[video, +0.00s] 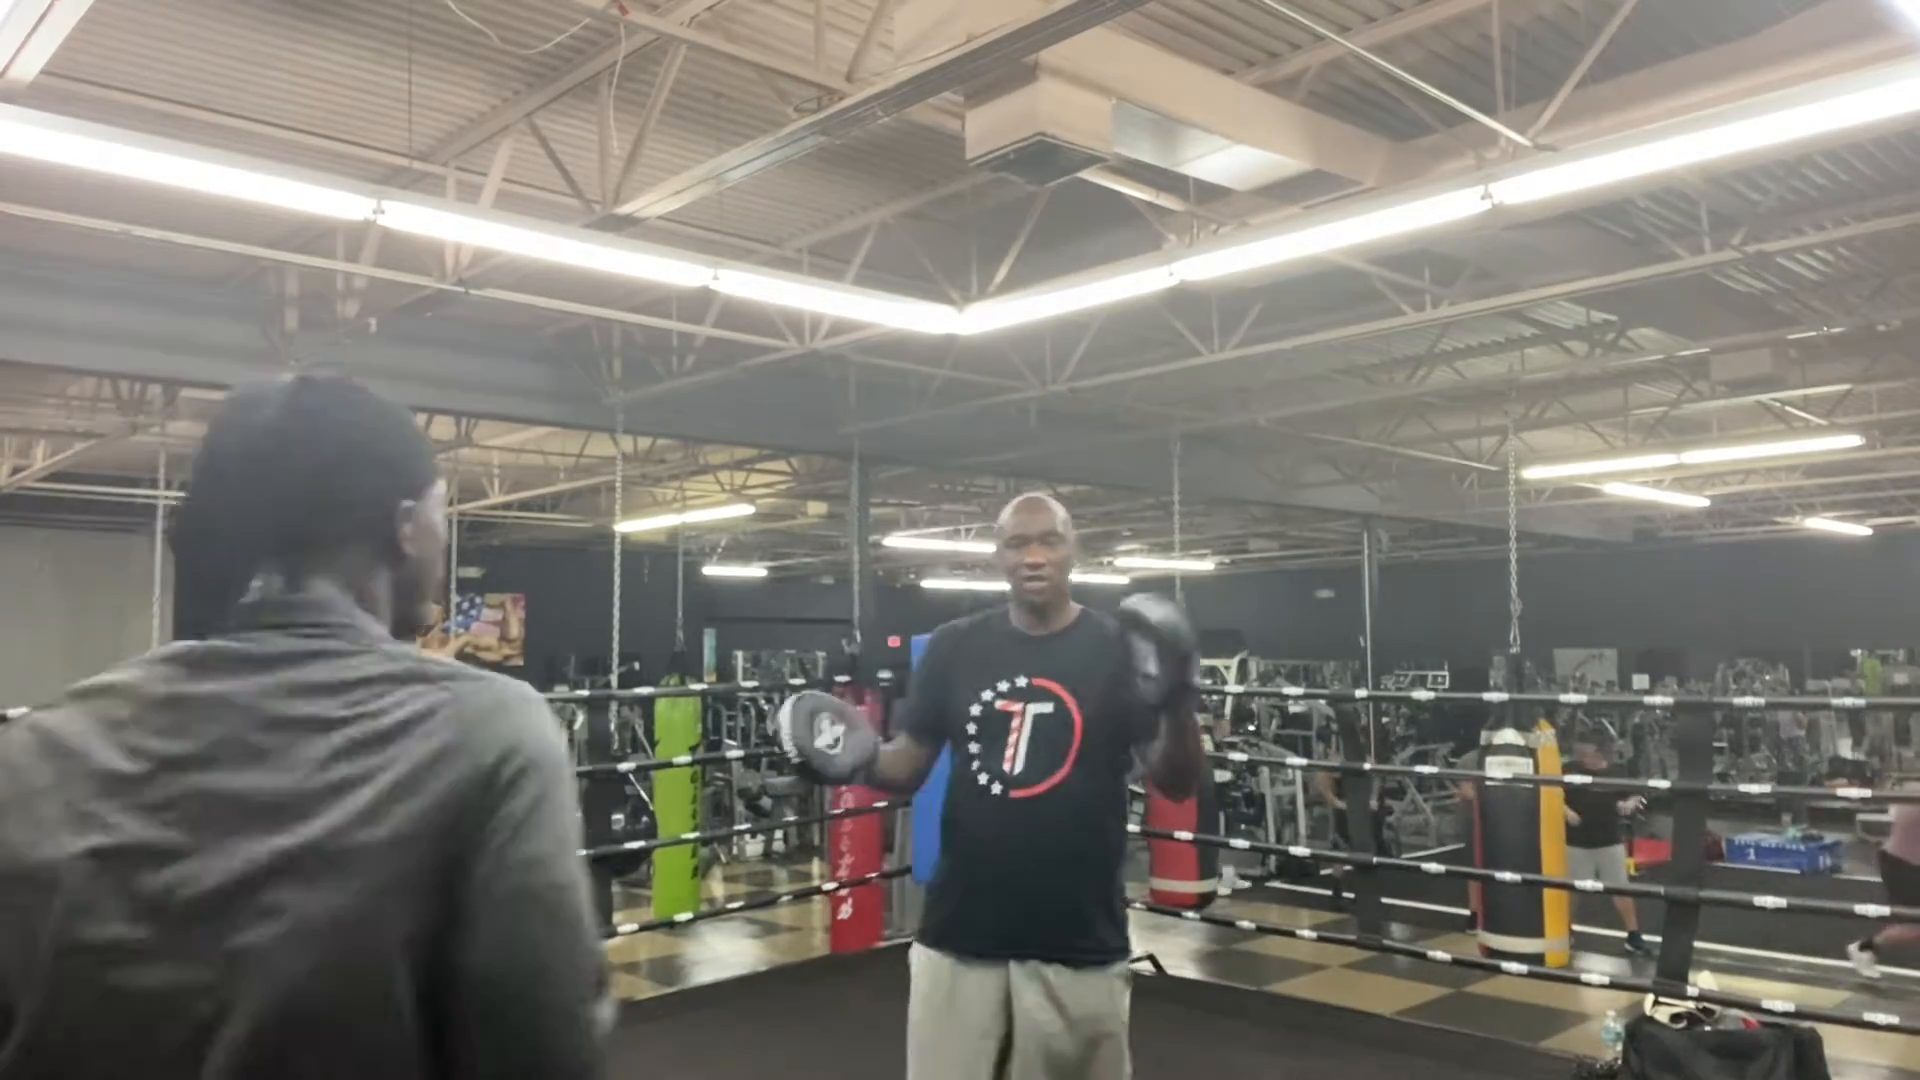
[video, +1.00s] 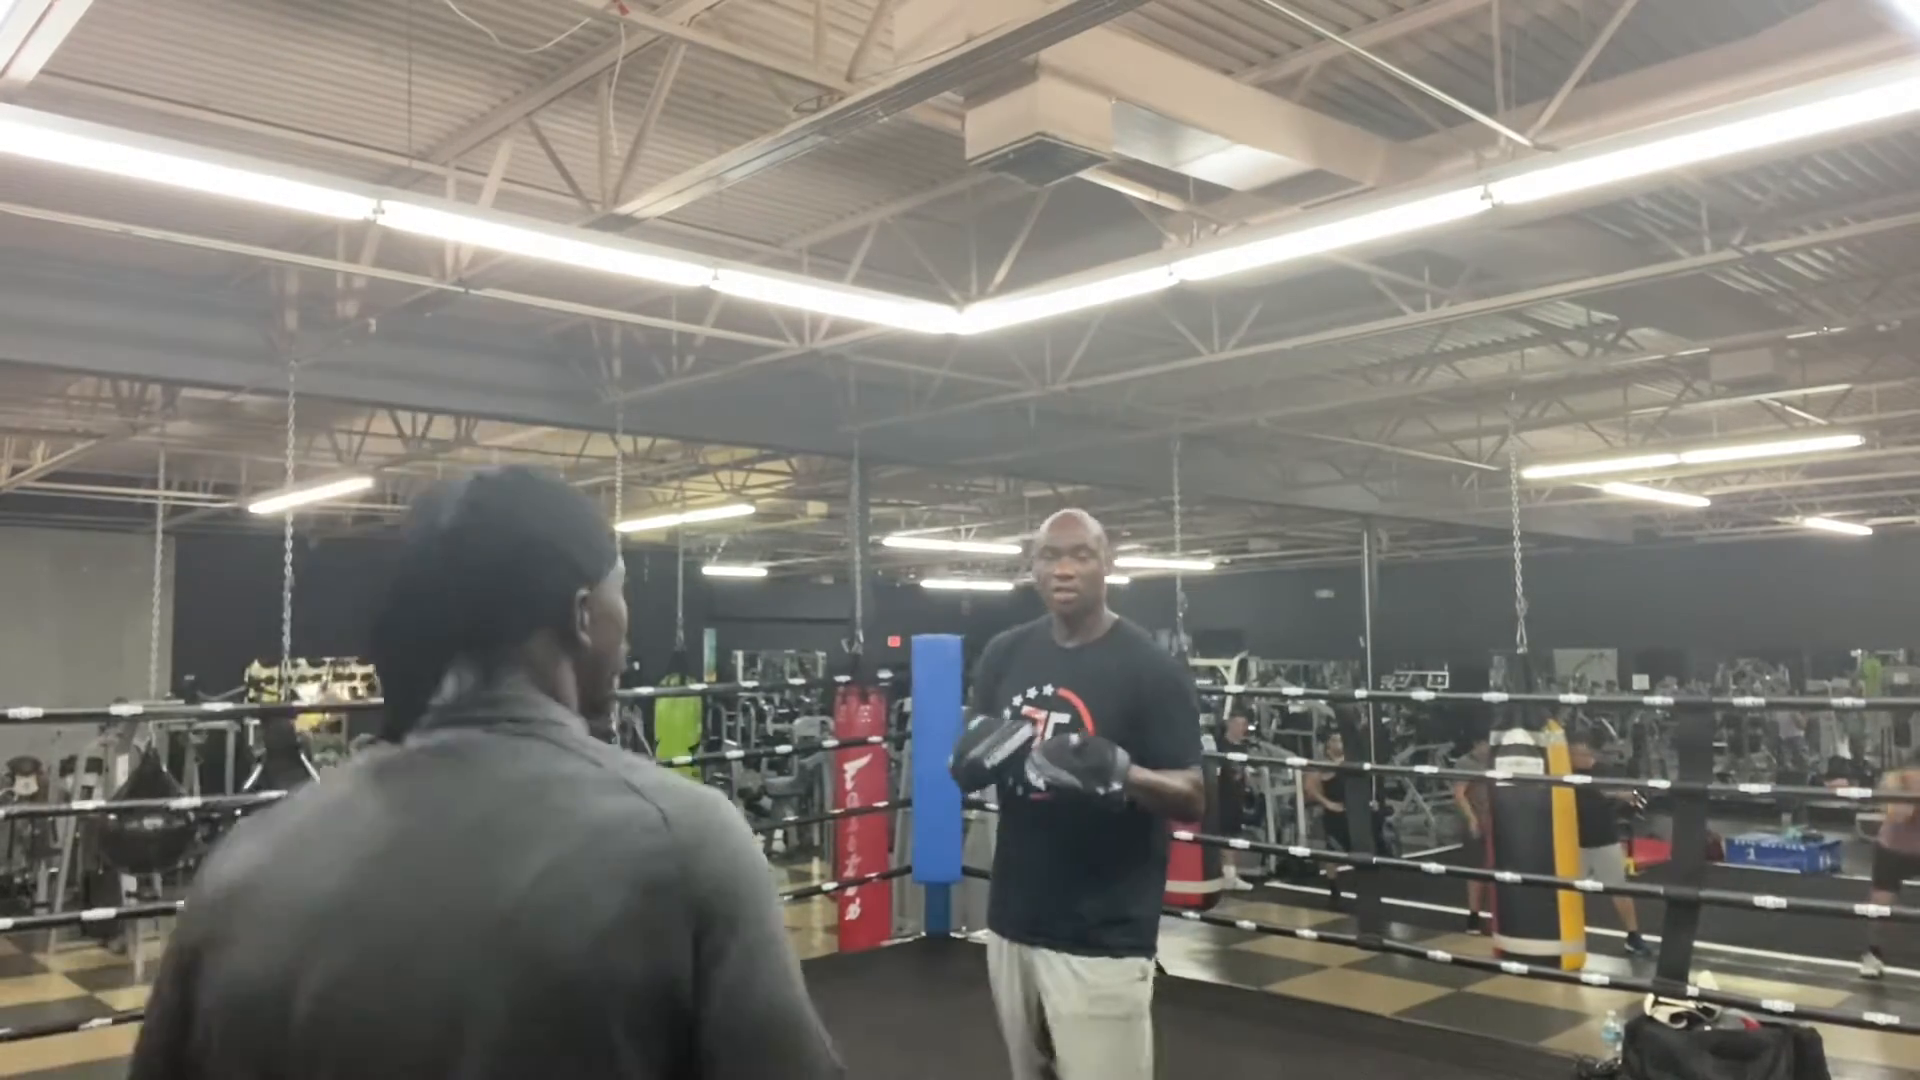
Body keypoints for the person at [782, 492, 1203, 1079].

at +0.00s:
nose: (1033, 556)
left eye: (1049, 541)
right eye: (1017, 544)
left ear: (1074, 553)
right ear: (997, 558)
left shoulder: (1122, 650)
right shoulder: (954, 647)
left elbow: (1177, 784)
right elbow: (908, 764)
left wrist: (1178, 692)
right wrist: (856, 750)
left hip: (1079, 939)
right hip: (961, 934)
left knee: (1081, 1072)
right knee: (942, 1072)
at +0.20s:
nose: (1072, 565)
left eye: (1089, 550)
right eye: (1058, 551)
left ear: (1120, 559)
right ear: (1041, 562)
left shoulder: (1156, 662)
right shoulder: (1000, 637)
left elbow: (1143, 797)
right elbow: (957, 765)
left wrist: (1059, 753)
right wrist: (997, 738)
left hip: (1100, 952)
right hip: (989, 937)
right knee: (960, 1071)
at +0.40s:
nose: (1082, 568)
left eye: (1100, 552)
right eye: (1068, 553)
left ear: (1131, 560)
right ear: (1052, 562)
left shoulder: (1170, 666)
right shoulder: (1021, 639)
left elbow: (1177, 806)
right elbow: (973, 761)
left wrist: (1086, 772)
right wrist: (988, 753)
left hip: (1113, 959)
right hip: (1008, 943)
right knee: (993, 1072)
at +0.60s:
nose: (1081, 567)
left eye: (1098, 552)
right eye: (1066, 553)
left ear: (1127, 560)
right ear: (1050, 564)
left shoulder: (1179, 672)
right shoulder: (1030, 647)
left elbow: (1222, 801)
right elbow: (1006, 749)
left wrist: (1124, 803)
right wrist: (986, 784)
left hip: (1114, 963)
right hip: (1009, 942)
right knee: (972, 1073)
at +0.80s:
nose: (1076, 566)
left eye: (1093, 552)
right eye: (1063, 552)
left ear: (1122, 562)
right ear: (1047, 564)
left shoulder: (1169, 666)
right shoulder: (1022, 649)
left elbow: (1216, 798)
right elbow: (998, 755)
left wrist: (1121, 787)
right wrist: (974, 774)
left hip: (1112, 956)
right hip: (1013, 940)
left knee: (1104, 1071)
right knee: (1007, 1072)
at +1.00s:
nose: (1064, 569)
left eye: (1081, 555)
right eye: (1050, 555)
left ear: (1108, 568)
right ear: (1033, 568)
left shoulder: (1153, 669)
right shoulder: (1004, 654)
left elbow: (1193, 797)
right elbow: (973, 761)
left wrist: (1121, 774)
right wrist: (970, 765)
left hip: (1106, 943)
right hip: (1013, 929)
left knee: (1105, 1072)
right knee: (1029, 1071)